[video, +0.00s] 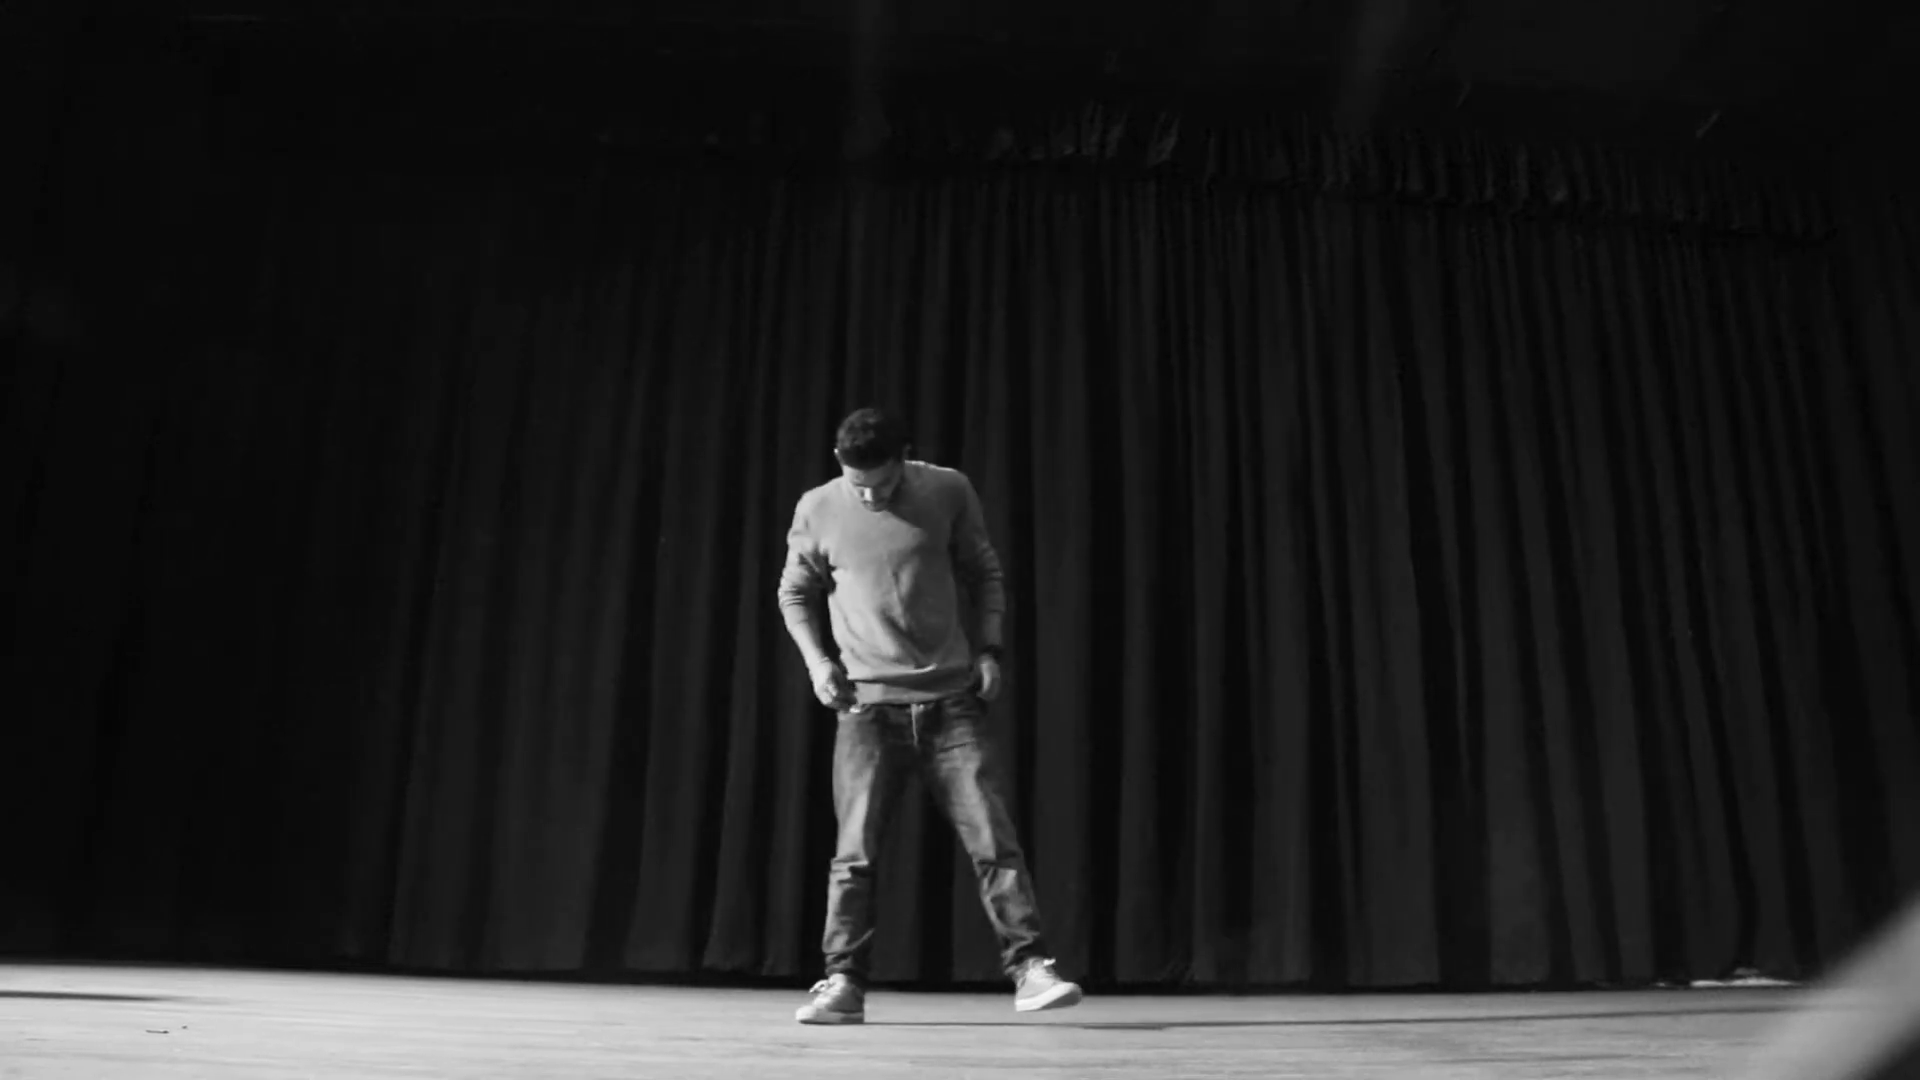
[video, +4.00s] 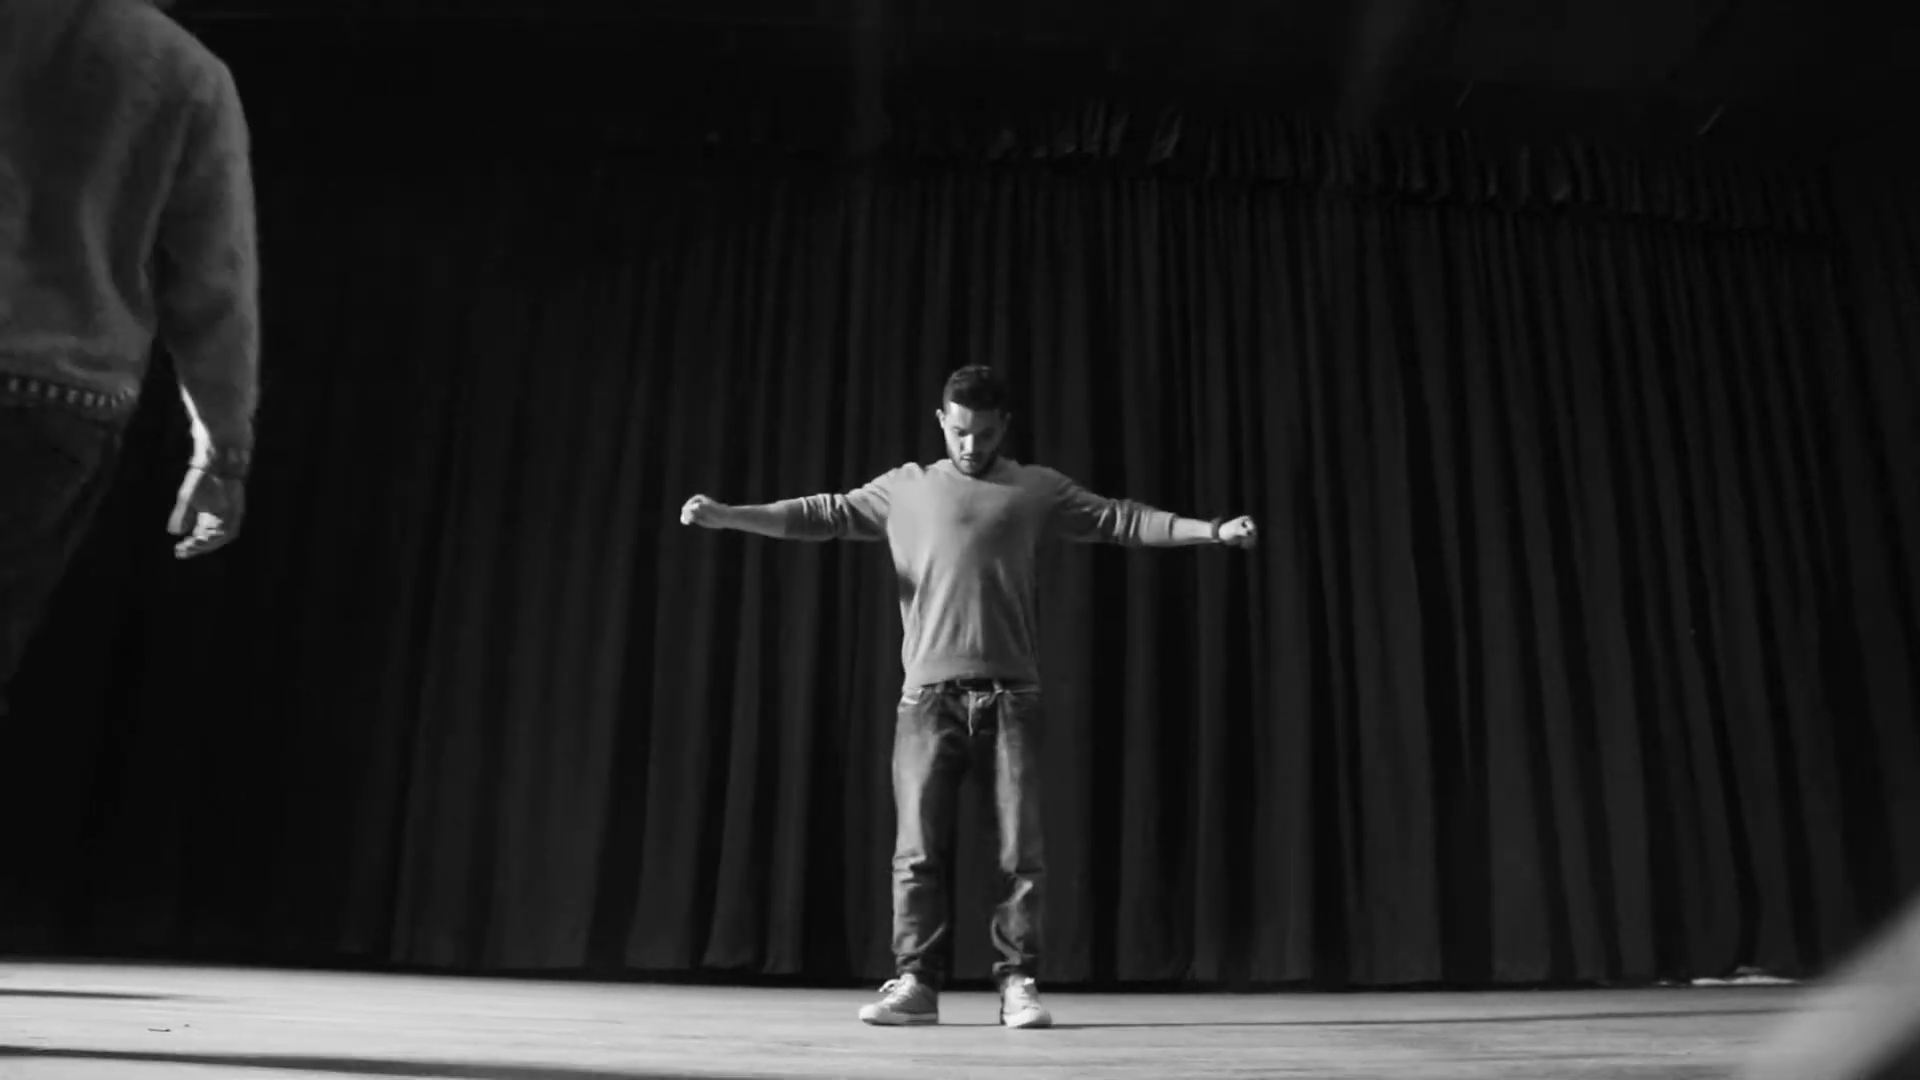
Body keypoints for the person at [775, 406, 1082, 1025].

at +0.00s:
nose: (871, 496)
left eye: (881, 485)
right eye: (860, 486)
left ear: (903, 461)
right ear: (841, 470)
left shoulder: (950, 492)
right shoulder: (818, 510)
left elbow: (986, 572)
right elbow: (794, 594)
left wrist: (990, 649)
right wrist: (817, 661)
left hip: (952, 703)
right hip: (867, 707)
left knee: (993, 839)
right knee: (855, 853)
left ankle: (1031, 972)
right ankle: (842, 984)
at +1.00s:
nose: (961, 491)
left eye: (973, 481)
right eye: (950, 479)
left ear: (991, 464)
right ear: (928, 454)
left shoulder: (1018, 501)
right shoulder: (886, 497)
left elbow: (1041, 590)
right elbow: (850, 586)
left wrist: (1061, 672)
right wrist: (834, 676)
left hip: (993, 704)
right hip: (909, 703)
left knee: (1014, 855)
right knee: (877, 854)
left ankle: (1032, 988)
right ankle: (850, 982)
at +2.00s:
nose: (940, 502)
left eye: (951, 492)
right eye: (928, 492)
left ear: (972, 468)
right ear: (909, 469)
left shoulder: (1008, 480)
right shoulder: (878, 483)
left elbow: (1084, 519)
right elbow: (804, 522)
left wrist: (1168, 558)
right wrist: (719, 560)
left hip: (983, 700)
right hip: (903, 701)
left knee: (1010, 854)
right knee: (877, 851)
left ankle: (1033, 990)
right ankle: (849, 985)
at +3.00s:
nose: (961, 469)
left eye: (973, 456)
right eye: (949, 457)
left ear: (991, 443)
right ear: (927, 443)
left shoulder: (1027, 487)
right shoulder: (888, 491)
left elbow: (1110, 513)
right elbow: (805, 512)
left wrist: (1198, 533)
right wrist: (715, 524)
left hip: (1007, 692)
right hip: (923, 692)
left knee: (1023, 846)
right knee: (904, 841)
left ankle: (1033, 987)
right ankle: (877, 979)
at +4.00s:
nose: (971, 443)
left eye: (984, 431)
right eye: (961, 430)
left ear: (1004, 426)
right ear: (942, 421)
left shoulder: (1039, 489)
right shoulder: (904, 489)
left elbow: (1122, 520)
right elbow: (819, 513)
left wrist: (1211, 531)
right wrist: (728, 515)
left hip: (1009, 691)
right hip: (927, 693)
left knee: (1019, 848)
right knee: (920, 846)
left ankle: (1019, 988)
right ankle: (914, 986)